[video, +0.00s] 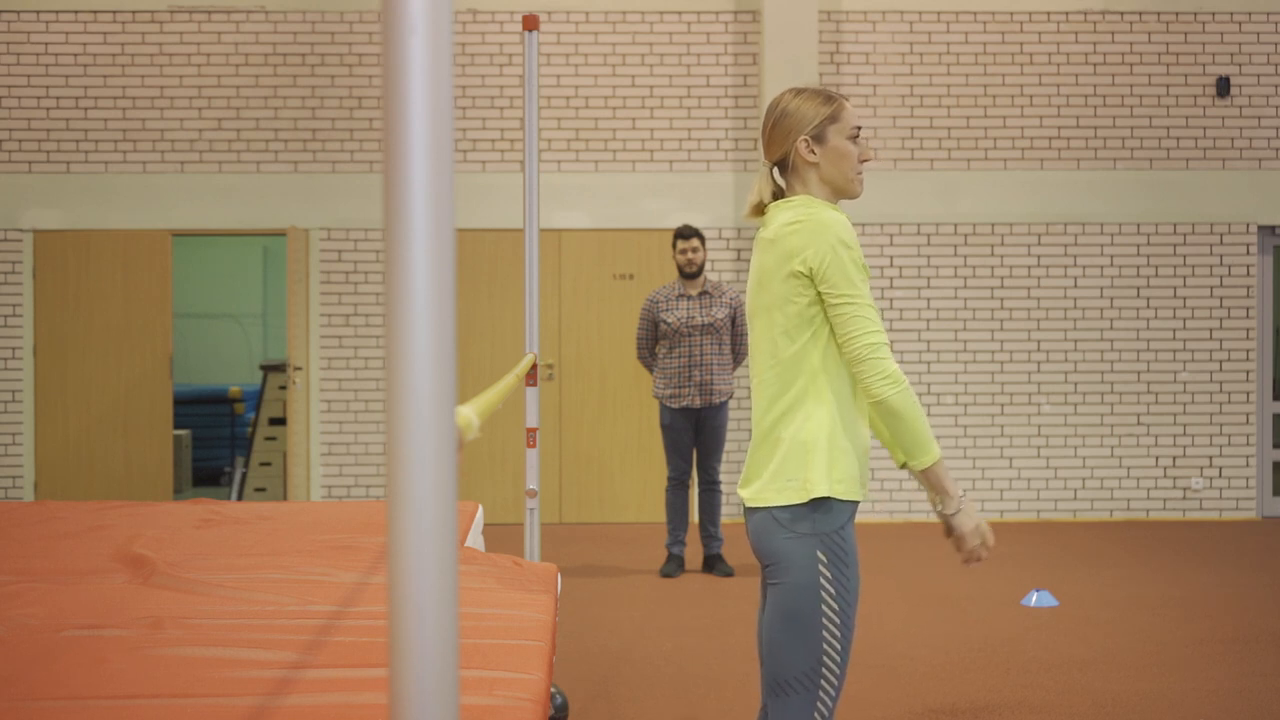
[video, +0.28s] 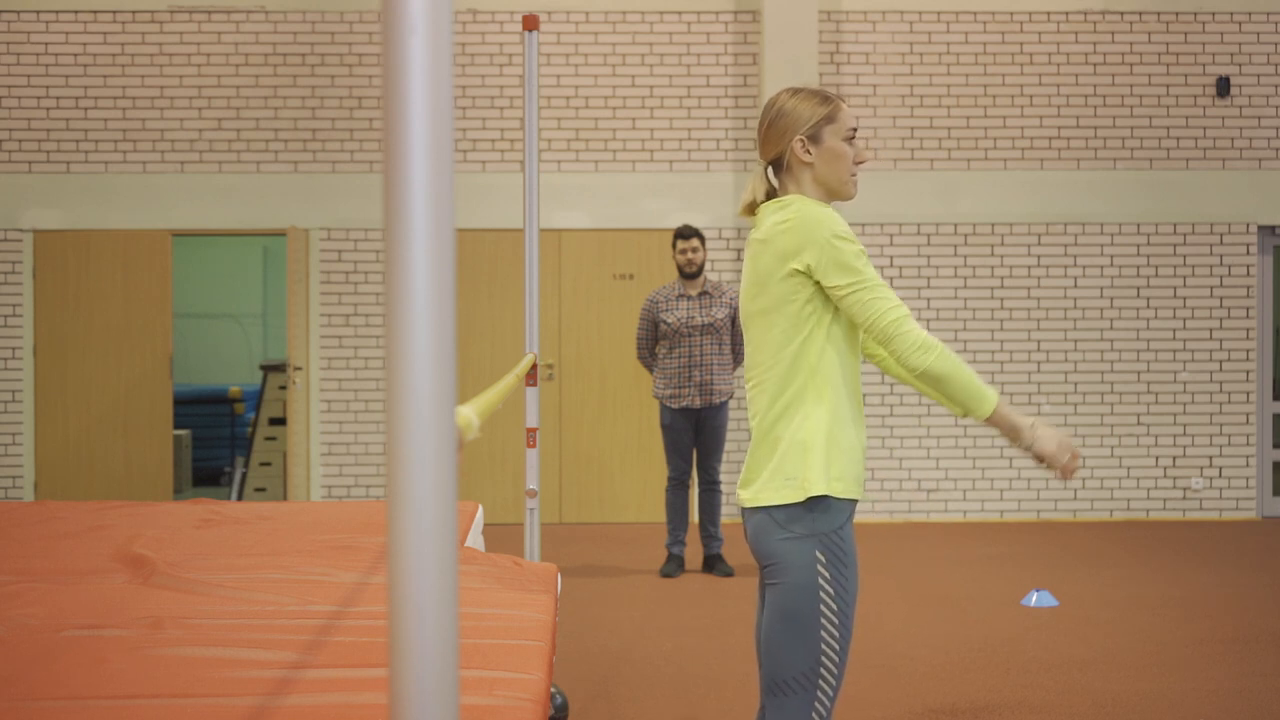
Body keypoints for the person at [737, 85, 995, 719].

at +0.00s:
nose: (866, 153)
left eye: (861, 138)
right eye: (853, 139)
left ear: (807, 153)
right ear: (807, 151)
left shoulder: (783, 227)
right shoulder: (820, 229)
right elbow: (877, 379)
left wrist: (941, 496)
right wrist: (949, 502)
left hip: (785, 504)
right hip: (808, 508)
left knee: (788, 705)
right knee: (804, 706)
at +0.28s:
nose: (861, 154)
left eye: (857, 139)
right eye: (847, 139)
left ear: (802, 153)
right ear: (801, 151)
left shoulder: (780, 228)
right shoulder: (810, 225)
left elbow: (890, 349)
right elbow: (905, 344)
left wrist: (1010, 422)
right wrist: (1020, 426)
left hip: (788, 502)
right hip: (805, 505)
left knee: (790, 704)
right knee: (800, 705)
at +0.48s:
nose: (856, 154)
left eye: (852, 140)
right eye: (844, 140)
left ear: (800, 152)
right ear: (799, 150)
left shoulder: (782, 226)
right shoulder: (799, 223)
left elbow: (908, 308)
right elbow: (921, 304)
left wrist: (1050, 337)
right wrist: (1061, 339)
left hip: (798, 500)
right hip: (806, 502)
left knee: (792, 704)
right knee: (802, 705)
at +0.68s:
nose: (852, 157)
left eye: (849, 141)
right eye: (841, 142)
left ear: (797, 153)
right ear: (796, 150)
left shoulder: (780, 224)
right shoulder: (791, 223)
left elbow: (932, 255)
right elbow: (939, 256)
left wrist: (1064, 236)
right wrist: (1075, 236)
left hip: (805, 500)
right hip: (809, 502)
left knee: (798, 704)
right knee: (804, 706)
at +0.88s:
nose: (850, 157)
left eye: (847, 142)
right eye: (840, 142)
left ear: (795, 152)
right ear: (796, 150)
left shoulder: (783, 223)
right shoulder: (783, 220)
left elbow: (922, 204)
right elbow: (931, 205)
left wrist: (1025, 144)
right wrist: (1055, 137)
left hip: (812, 495)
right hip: (814, 497)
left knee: (803, 700)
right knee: (809, 702)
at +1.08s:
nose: (853, 157)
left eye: (849, 142)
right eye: (842, 142)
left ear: (796, 151)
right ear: (794, 150)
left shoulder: (783, 222)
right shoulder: (782, 223)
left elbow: (908, 157)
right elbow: (931, 162)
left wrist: (989, 62)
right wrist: (1007, 59)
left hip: (816, 489)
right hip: (821, 494)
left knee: (806, 698)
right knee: (816, 702)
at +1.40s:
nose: (845, 158)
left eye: (845, 143)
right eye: (837, 142)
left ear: (792, 155)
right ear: (801, 154)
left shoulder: (782, 224)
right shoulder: (783, 225)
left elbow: (854, 118)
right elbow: (891, 114)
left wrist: (890, 12)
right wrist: (916, 12)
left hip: (829, 488)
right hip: (834, 493)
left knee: (813, 695)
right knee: (823, 700)